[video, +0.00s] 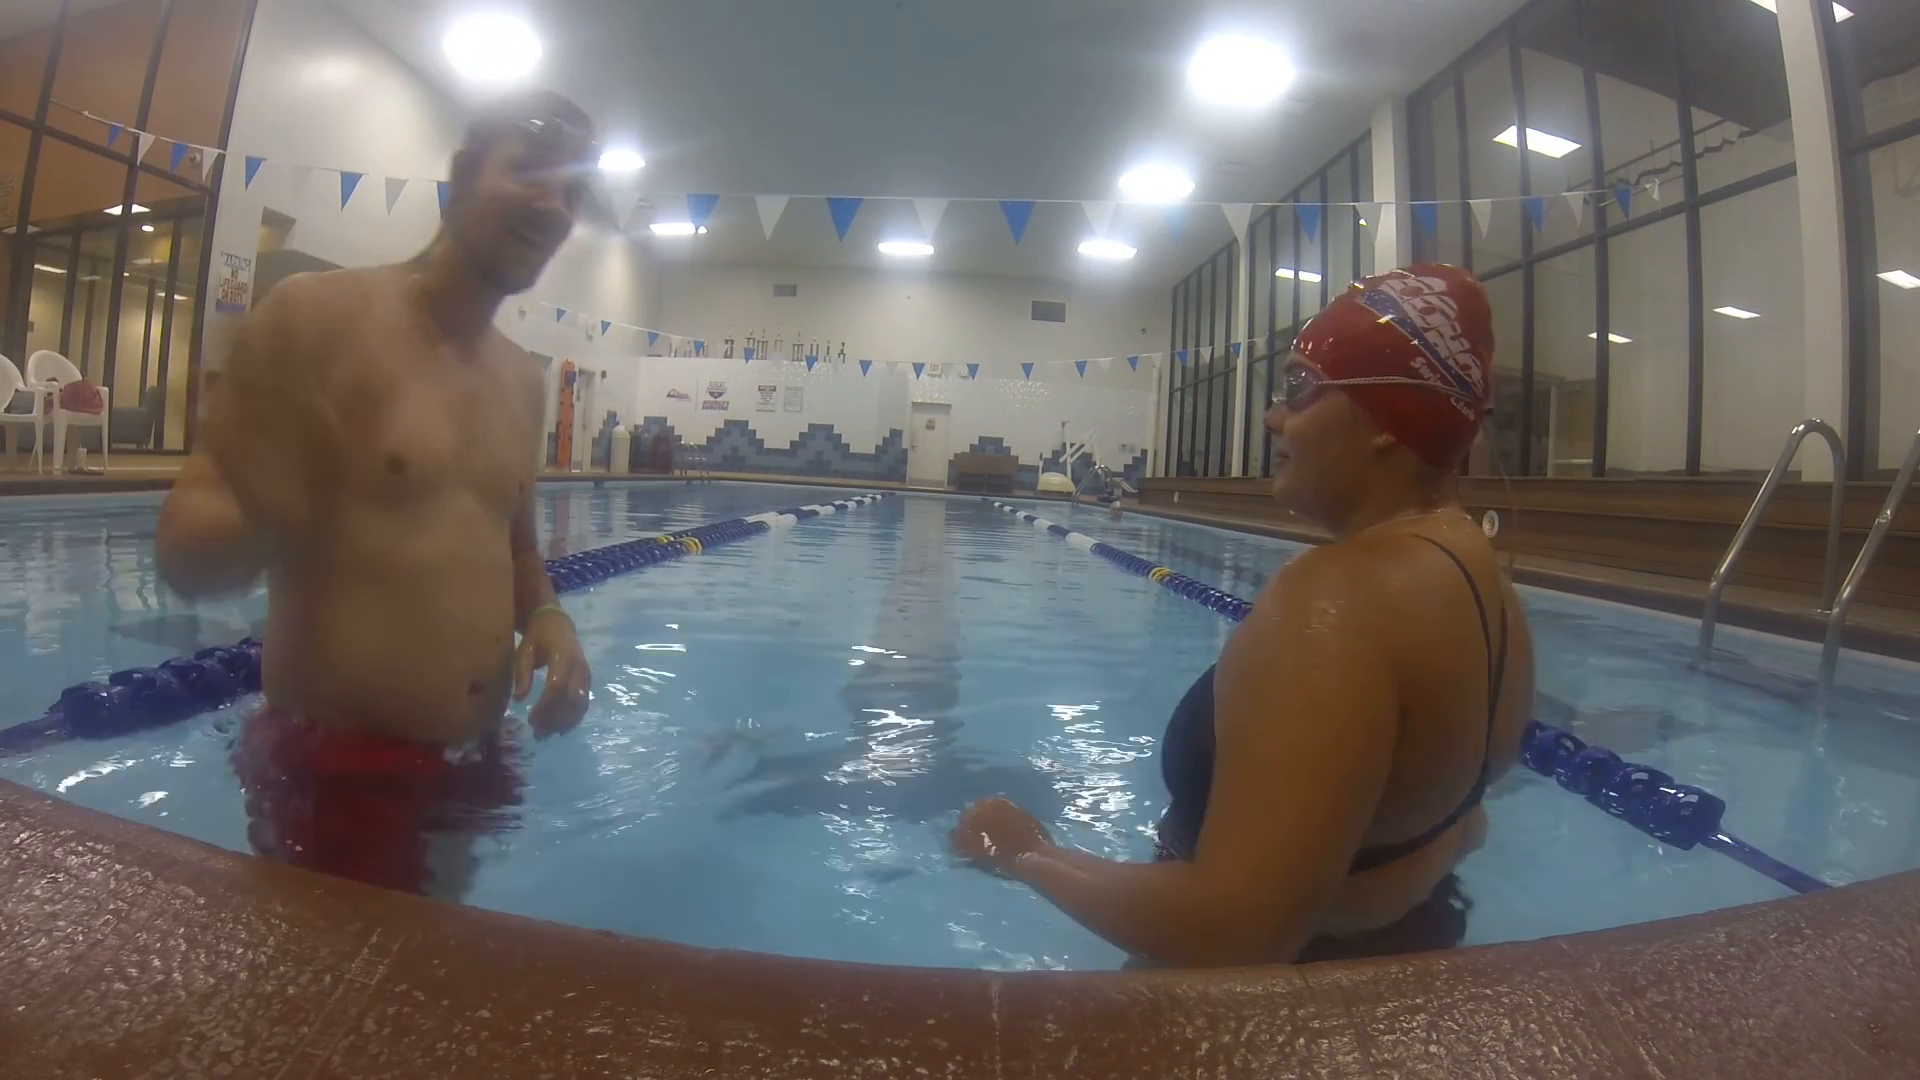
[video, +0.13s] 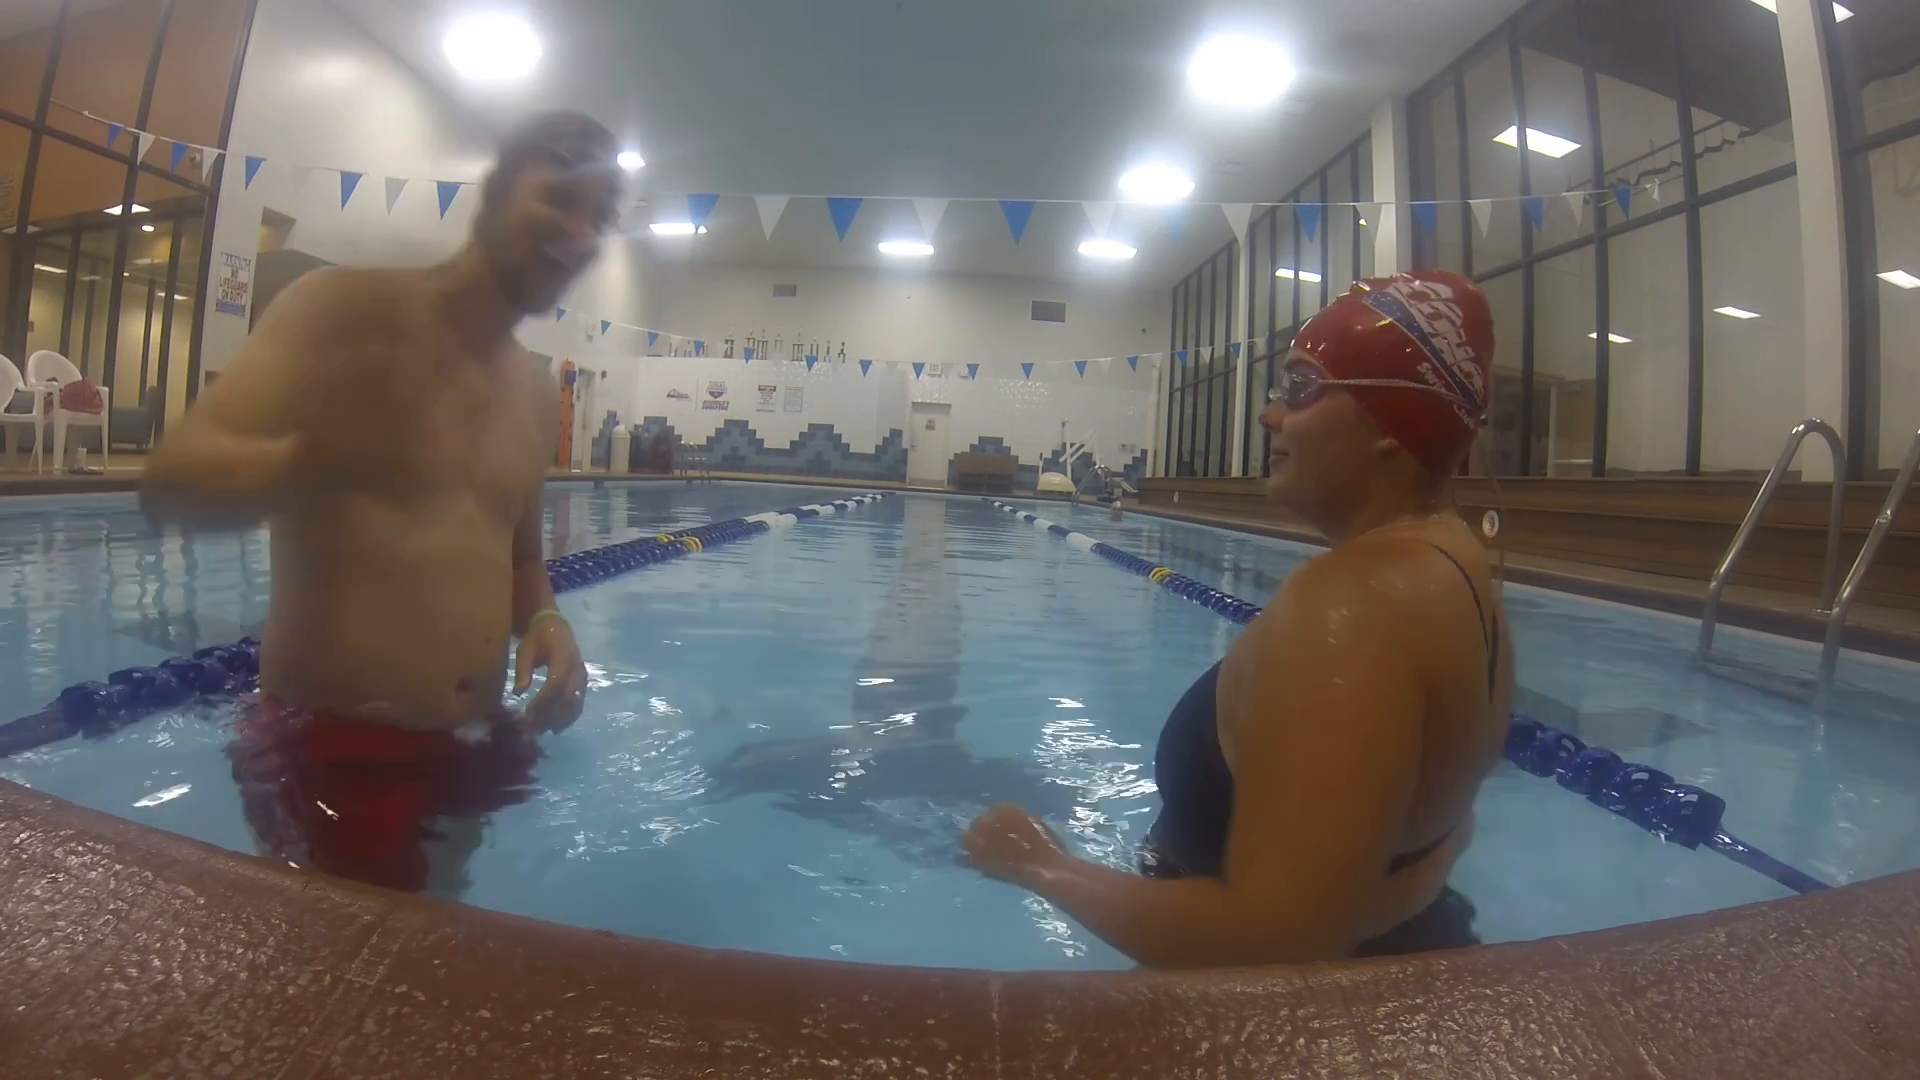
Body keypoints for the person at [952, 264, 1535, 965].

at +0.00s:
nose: (1276, 418)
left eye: (1305, 393)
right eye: (1289, 390)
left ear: (1385, 428)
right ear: (1388, 429)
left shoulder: (1333, 602)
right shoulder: (1473, 561)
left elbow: (1238, 925)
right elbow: (1491, 760)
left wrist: (1029, 857)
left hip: (1268, 986)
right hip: (1405, 955)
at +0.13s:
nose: (1272, 414)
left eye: (1302, 387)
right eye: (1284, 386)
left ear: (1390, 427)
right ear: (1388, 429)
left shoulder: (1352, 610)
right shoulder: (1455, 560)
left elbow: (1274, 935)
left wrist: (1045, 867)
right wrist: (1206, 870)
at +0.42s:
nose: (1269, 420)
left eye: (1313, 396)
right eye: (1270, 395)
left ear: (1407, 440)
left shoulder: (1420, 633)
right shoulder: (1346, 585)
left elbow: (1417, 939)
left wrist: (1135, 833)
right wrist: (1192, 773)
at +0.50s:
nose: (1279, 427)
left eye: (1323, 405)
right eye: (1270, 404)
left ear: (1406, 445)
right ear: (1254, 420)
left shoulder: (1431, 635)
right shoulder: (1322, 584)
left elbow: (1452, 921)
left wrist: (1212, 788)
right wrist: (1174, 758)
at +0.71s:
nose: (1280, 454)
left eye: (1324, 429)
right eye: (1259, 426)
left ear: (1389, 460)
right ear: (1240, 446)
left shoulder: (1438, 614)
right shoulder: (1252, 600)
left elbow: (1555, 878)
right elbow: (1256, 779)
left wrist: (1397, 686)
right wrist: (1123, 758)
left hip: (1361, 1010)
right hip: (1223, 990)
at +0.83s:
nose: (1280, 466)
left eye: (1320, 443)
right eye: (1258, 439)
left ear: (1374, 471)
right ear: (1238, 458)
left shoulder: (1428, 616)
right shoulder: (1228, 609)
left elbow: (1602, 823)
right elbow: (1219, 750)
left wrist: (1427, 660)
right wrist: (1115, 759)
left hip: (1365, 1008)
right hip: (1219, 993)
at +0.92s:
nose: (1282, 469)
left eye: (1321, 448)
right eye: (1261, 443)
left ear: (1369, 478)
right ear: (1240, 464)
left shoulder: (1409, 619)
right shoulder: (1219, 609)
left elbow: (1599, 803)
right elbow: (1215, 742)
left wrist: (1474, 646)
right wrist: (1114, 761)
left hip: (1368, 985)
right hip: (1221, 970)